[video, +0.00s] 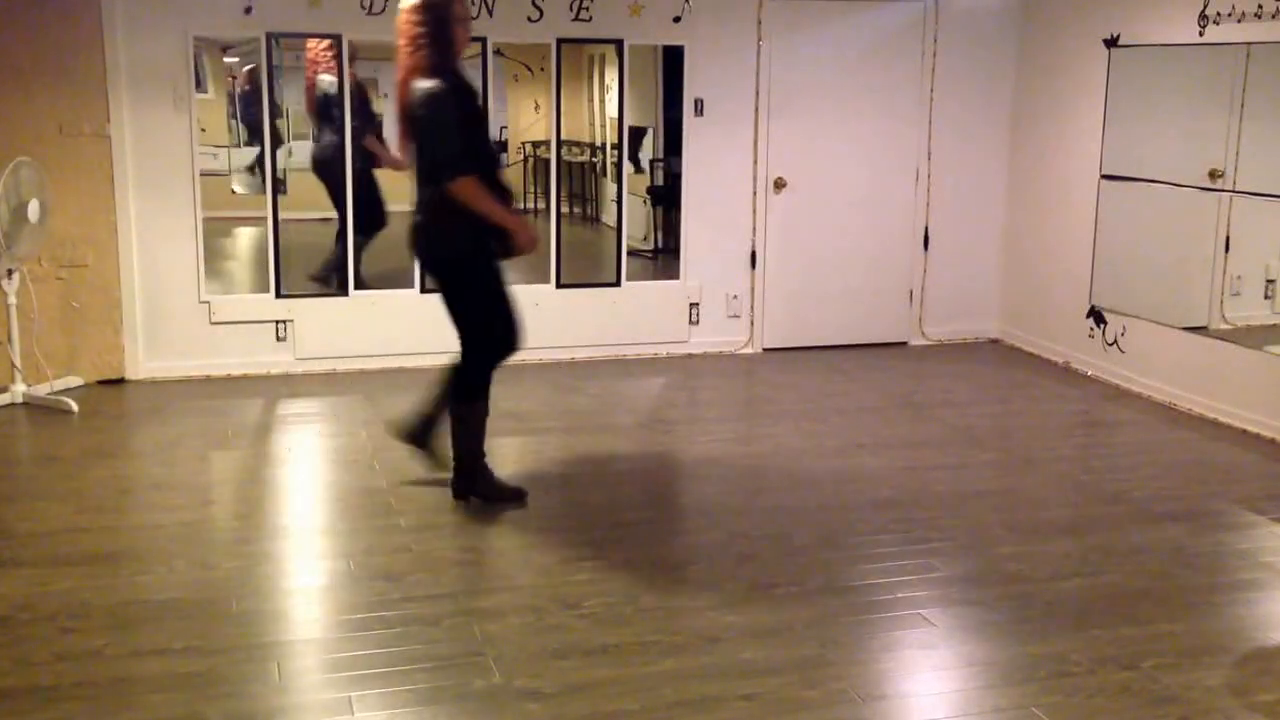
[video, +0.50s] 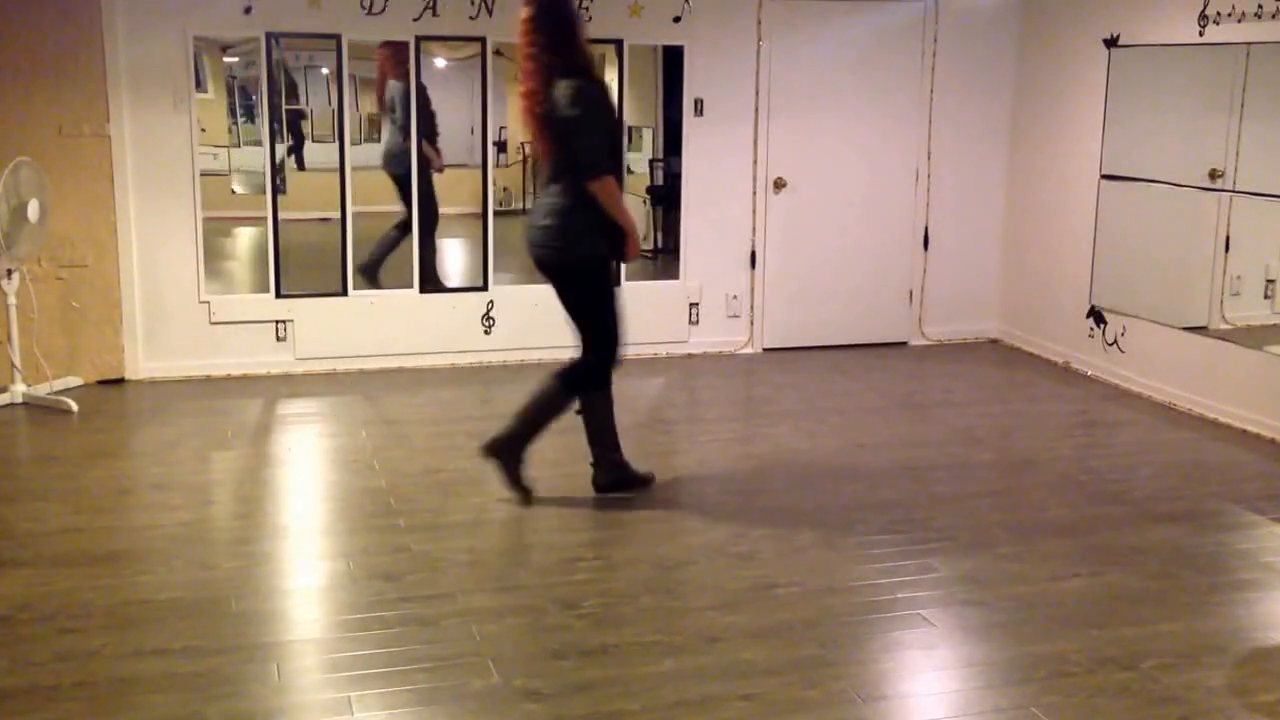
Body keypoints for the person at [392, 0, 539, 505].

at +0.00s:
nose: (469, 29)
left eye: (466, 20)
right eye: (462, 21)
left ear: (431, 31)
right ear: (442, 29)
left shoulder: (443, 85)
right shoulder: (434, 92)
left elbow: (461, 166)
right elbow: (455, 175)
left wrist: (506, 214)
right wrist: (510, 220)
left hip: (457, 234)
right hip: (450, 237)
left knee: (494, 337)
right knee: (485, 342)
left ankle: (422, 422)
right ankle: (470, 472)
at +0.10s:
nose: (489, 29)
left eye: (485, 19)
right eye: (483, 19)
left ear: (444, 30)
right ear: (470, 26)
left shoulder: (452, 86)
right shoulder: (464, 90)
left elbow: (481, 165)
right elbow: (488, 170)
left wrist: (528, 215)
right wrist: (543, 221)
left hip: (467, 230)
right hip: (473, 233)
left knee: (499, 340)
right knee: (519, 332)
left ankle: (478, 453)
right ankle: (474, 469)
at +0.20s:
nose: (519, 32)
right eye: (511, 23)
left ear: (468, 36)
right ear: (503, 31)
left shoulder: (477, 90)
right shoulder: (502, 93)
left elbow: (508, 168)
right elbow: (531, 173)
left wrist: (564, 216)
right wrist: (585, 221)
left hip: (491, 234)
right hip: (501, 237)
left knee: (550, 339)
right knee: (503, 350)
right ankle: (470, 471)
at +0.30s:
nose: (541, 33)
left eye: (534, 23)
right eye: (533, 24)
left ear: (488, 38)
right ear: (524, 33)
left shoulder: (497, 93)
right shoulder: (526, 95)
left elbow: (520, 172)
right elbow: (551, 175)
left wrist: (580, 220)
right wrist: (606, 224)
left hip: (510, 239)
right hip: (522, 242)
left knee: (570, 340)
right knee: (516, 353)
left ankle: (603, 461)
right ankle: (471, 471)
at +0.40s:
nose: (558, 33)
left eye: (547, 24)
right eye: (551, 25)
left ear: (512, 40)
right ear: (543, 34)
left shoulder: (519, 94)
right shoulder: (548, 94)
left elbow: (548, 173)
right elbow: (569, 176)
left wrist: (595, 224)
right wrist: (617, 226)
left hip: (534, 237)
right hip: (545, 240)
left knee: (584, 339)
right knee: (546, 350)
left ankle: (608, 463)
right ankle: (477, 461)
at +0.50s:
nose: (585, 30)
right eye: (577, 21)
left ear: (537, 38)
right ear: (572, 32)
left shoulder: (549, 89)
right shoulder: (578, 90)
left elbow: (573, 167)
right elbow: (593, 170)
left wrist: (613, 221)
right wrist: (628, 225)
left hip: (558, 230)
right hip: (577, 232)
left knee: (597, 350)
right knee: (600, 350)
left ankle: (609, 465)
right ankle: (511, 442)